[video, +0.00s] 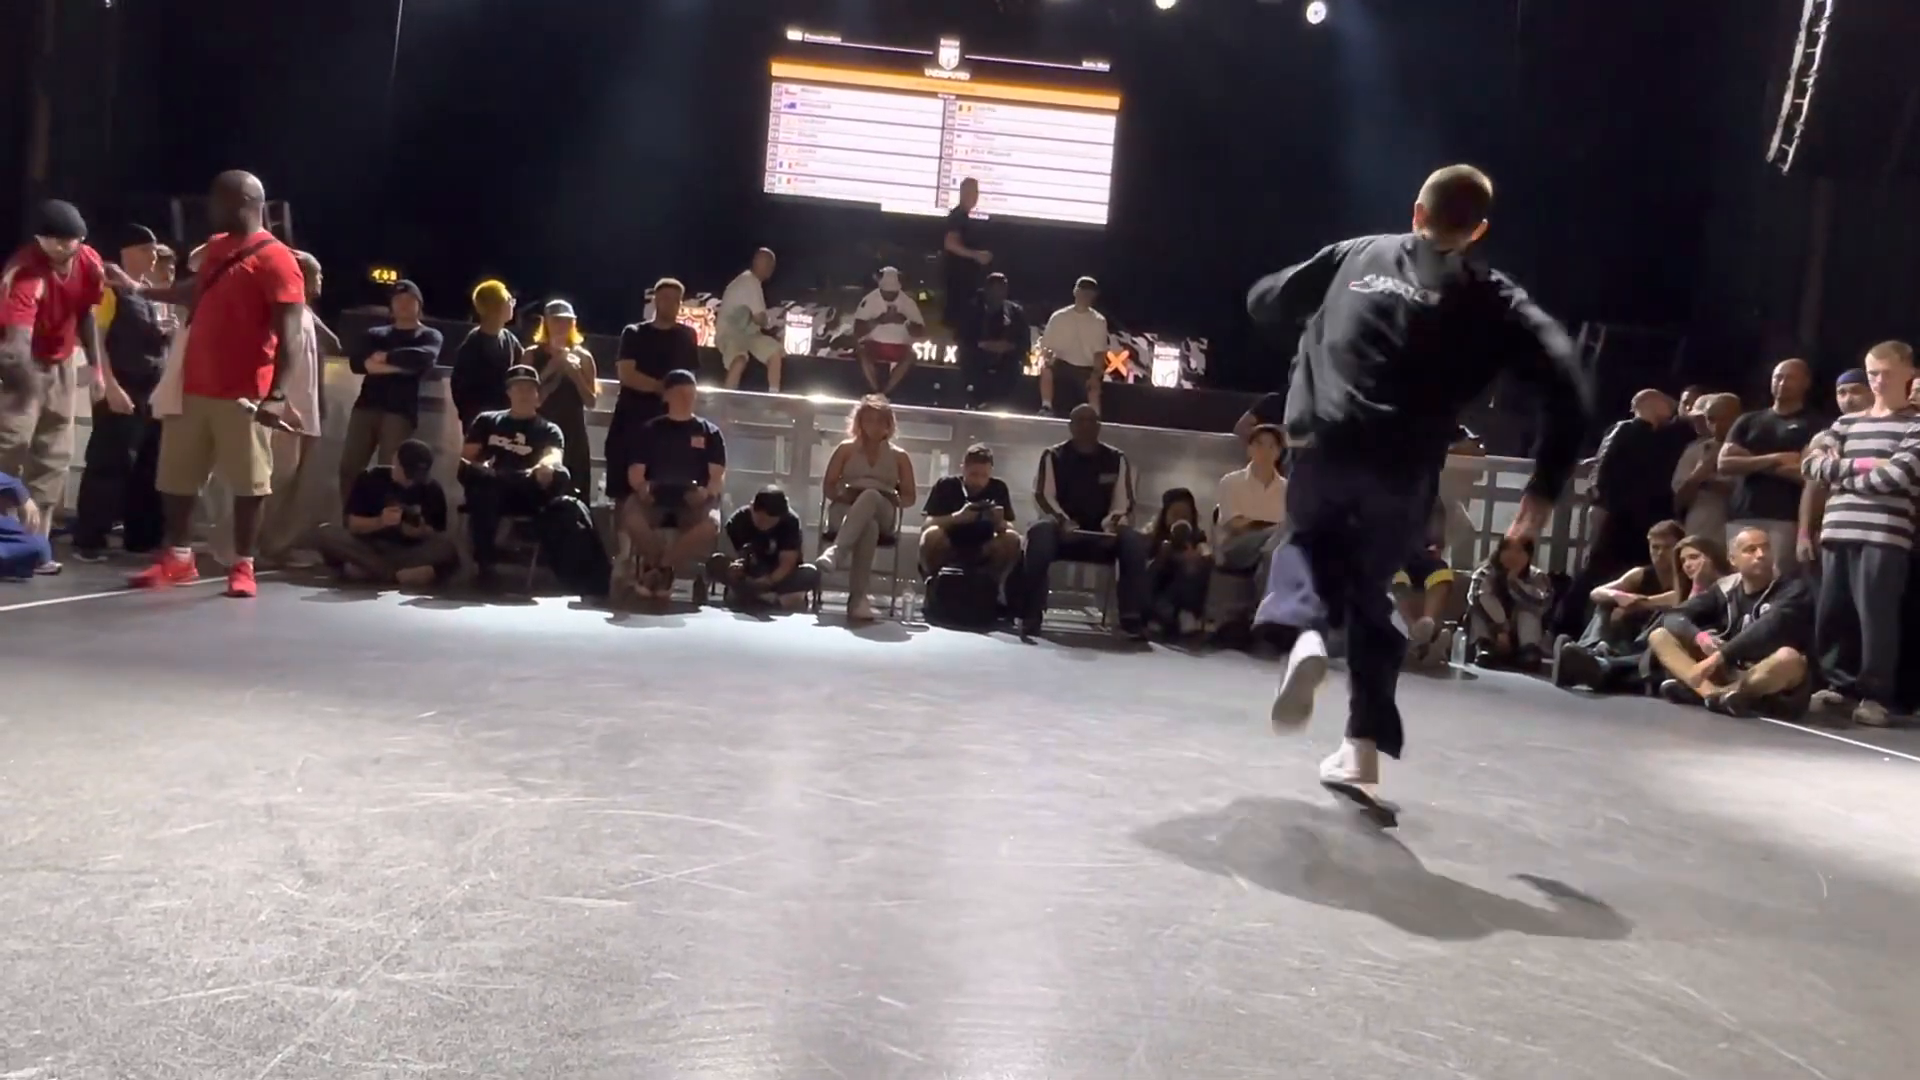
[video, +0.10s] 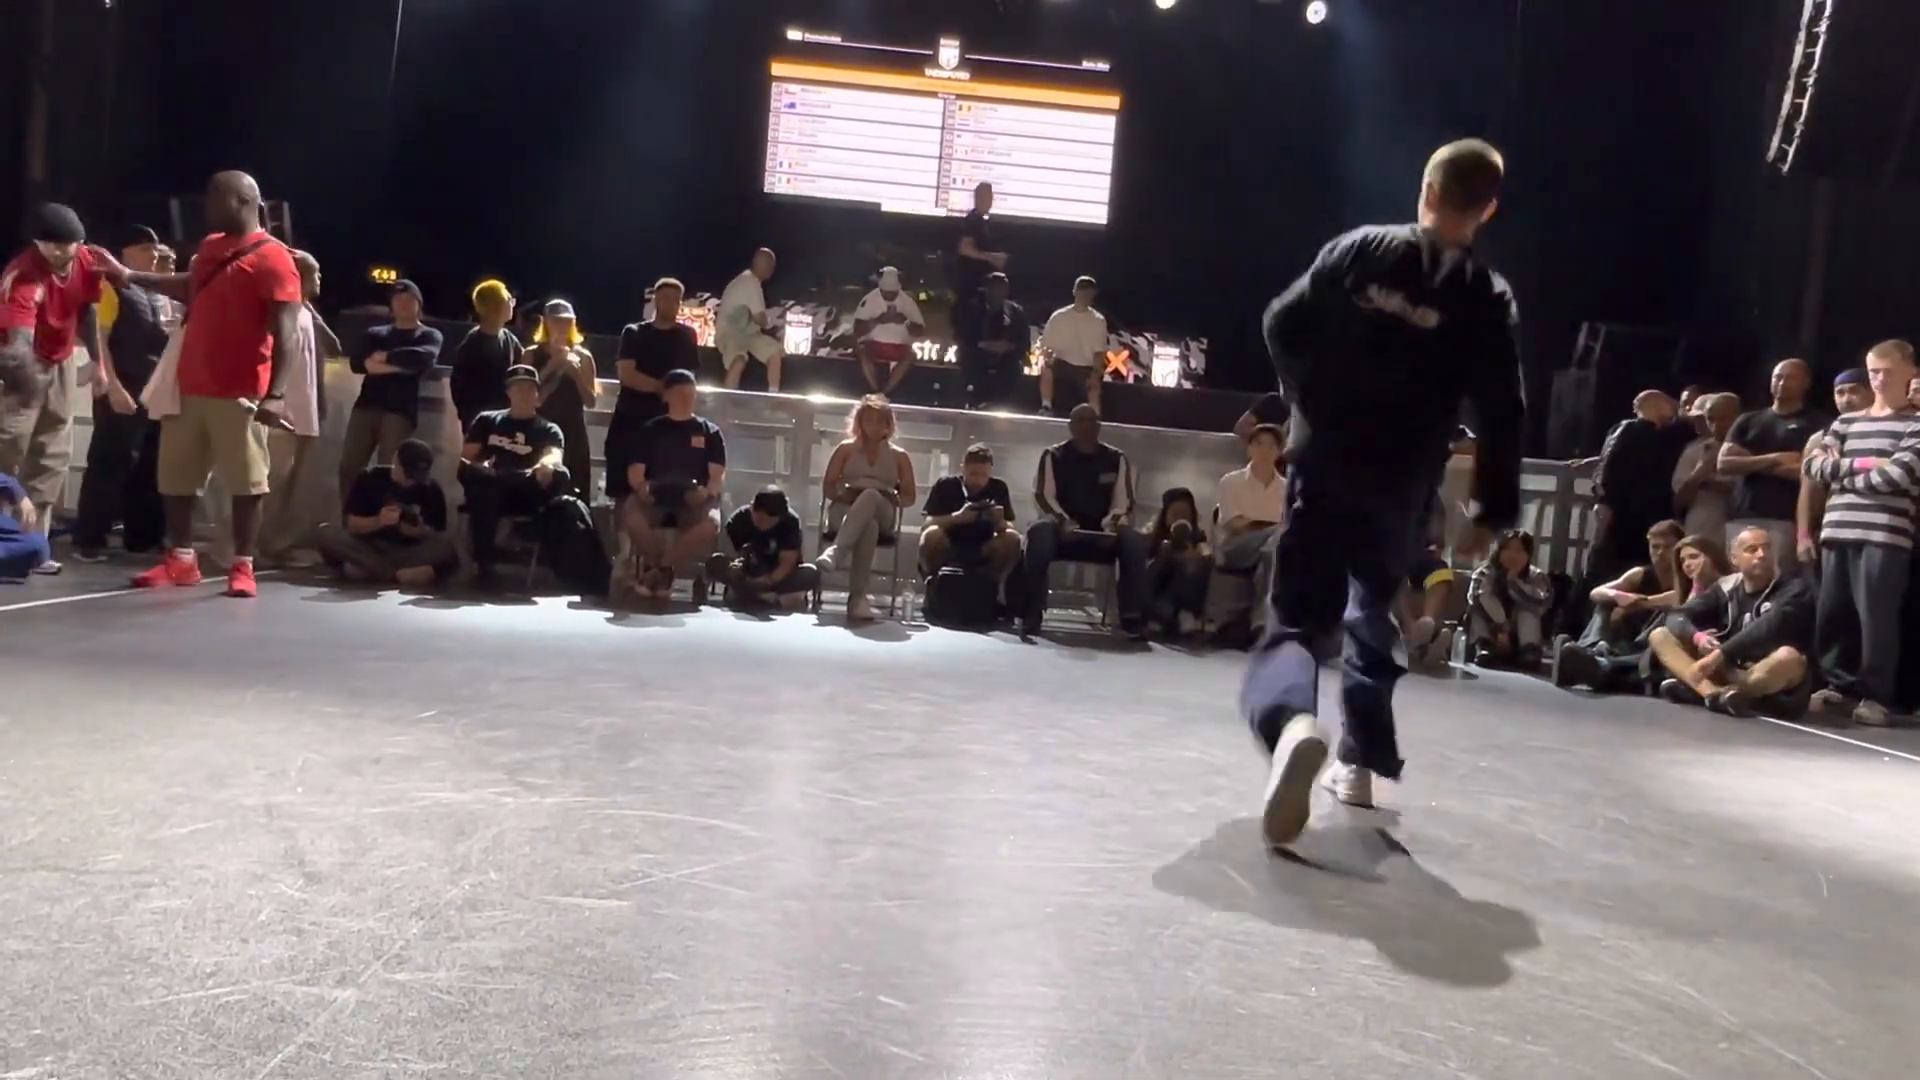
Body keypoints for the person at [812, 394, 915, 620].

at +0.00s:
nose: (877, 426)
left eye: (882, 421)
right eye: (871, 420)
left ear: (889, 425)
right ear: (860, 423)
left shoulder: (899, 457)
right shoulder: (846, 449)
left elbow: (909, 498)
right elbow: (829, 488)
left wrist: (885, 495)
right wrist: (851, 497)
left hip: (884, 517)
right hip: (844, 513)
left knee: (870, 496)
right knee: (869, 525)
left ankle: (835, 551)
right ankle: (858, 599)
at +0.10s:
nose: (876, 426)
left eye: (882, 421)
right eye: (871, 420)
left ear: (889, 425)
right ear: (859, 423)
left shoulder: (899, 456)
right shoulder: (846, 450)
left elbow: (909, 498)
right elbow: (829, 488)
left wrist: (888, 496)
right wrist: (850, 497)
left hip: (883, 517)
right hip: (844, 512)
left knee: (870, 495)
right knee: (869, 525)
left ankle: (835, 551)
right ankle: (858, 598)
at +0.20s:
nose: (875, 426)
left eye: (881, 421)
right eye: (870, 420)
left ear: (888, 425)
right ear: (859, 423)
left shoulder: (898, 456)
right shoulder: (846, 450)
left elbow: (909, 498)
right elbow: (828, 488)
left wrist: (887, 496)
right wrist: (851, 497)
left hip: (883, 517)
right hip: (843, 512)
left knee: (870, 495)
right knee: (869, 525)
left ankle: (835, 552)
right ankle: (858, 598)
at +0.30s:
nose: (878, 426)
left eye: (883, 422)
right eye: (872, 421)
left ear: (889, 425)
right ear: (860, 423)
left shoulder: (898, 457)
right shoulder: (845, 450)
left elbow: (908, 498)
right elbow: (828, 489)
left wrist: (885, 497)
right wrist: (853, 498)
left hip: (883, 517)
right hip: (843, 512)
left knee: (869, 496)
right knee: (868, 524)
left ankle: (834, 551)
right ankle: (857, 598)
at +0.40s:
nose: (877, 427)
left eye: (882, 422)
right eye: (871, 421)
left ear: (889, 426)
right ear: (859, 423)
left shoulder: (898, 457)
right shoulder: (845, 450)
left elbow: (908, 498)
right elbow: (828, 489)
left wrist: (885, 497)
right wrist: (853, 499)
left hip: (883, 517)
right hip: (843, 512)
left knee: (869, 496)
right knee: (867, 524)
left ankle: (834, 551)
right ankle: (857, 599)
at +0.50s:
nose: (875, 427)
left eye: (881, 422)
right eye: (869, 421)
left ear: (889, 426)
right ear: (858, 424)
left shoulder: (898, 457)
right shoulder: (845, 450)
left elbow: (908, 498)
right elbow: (828, 489)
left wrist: (885, 497)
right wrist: (852, 500)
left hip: (882, 518)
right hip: (843, 512)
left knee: (869, 496)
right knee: (867, 524)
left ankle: (834, 551)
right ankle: (857, 600)